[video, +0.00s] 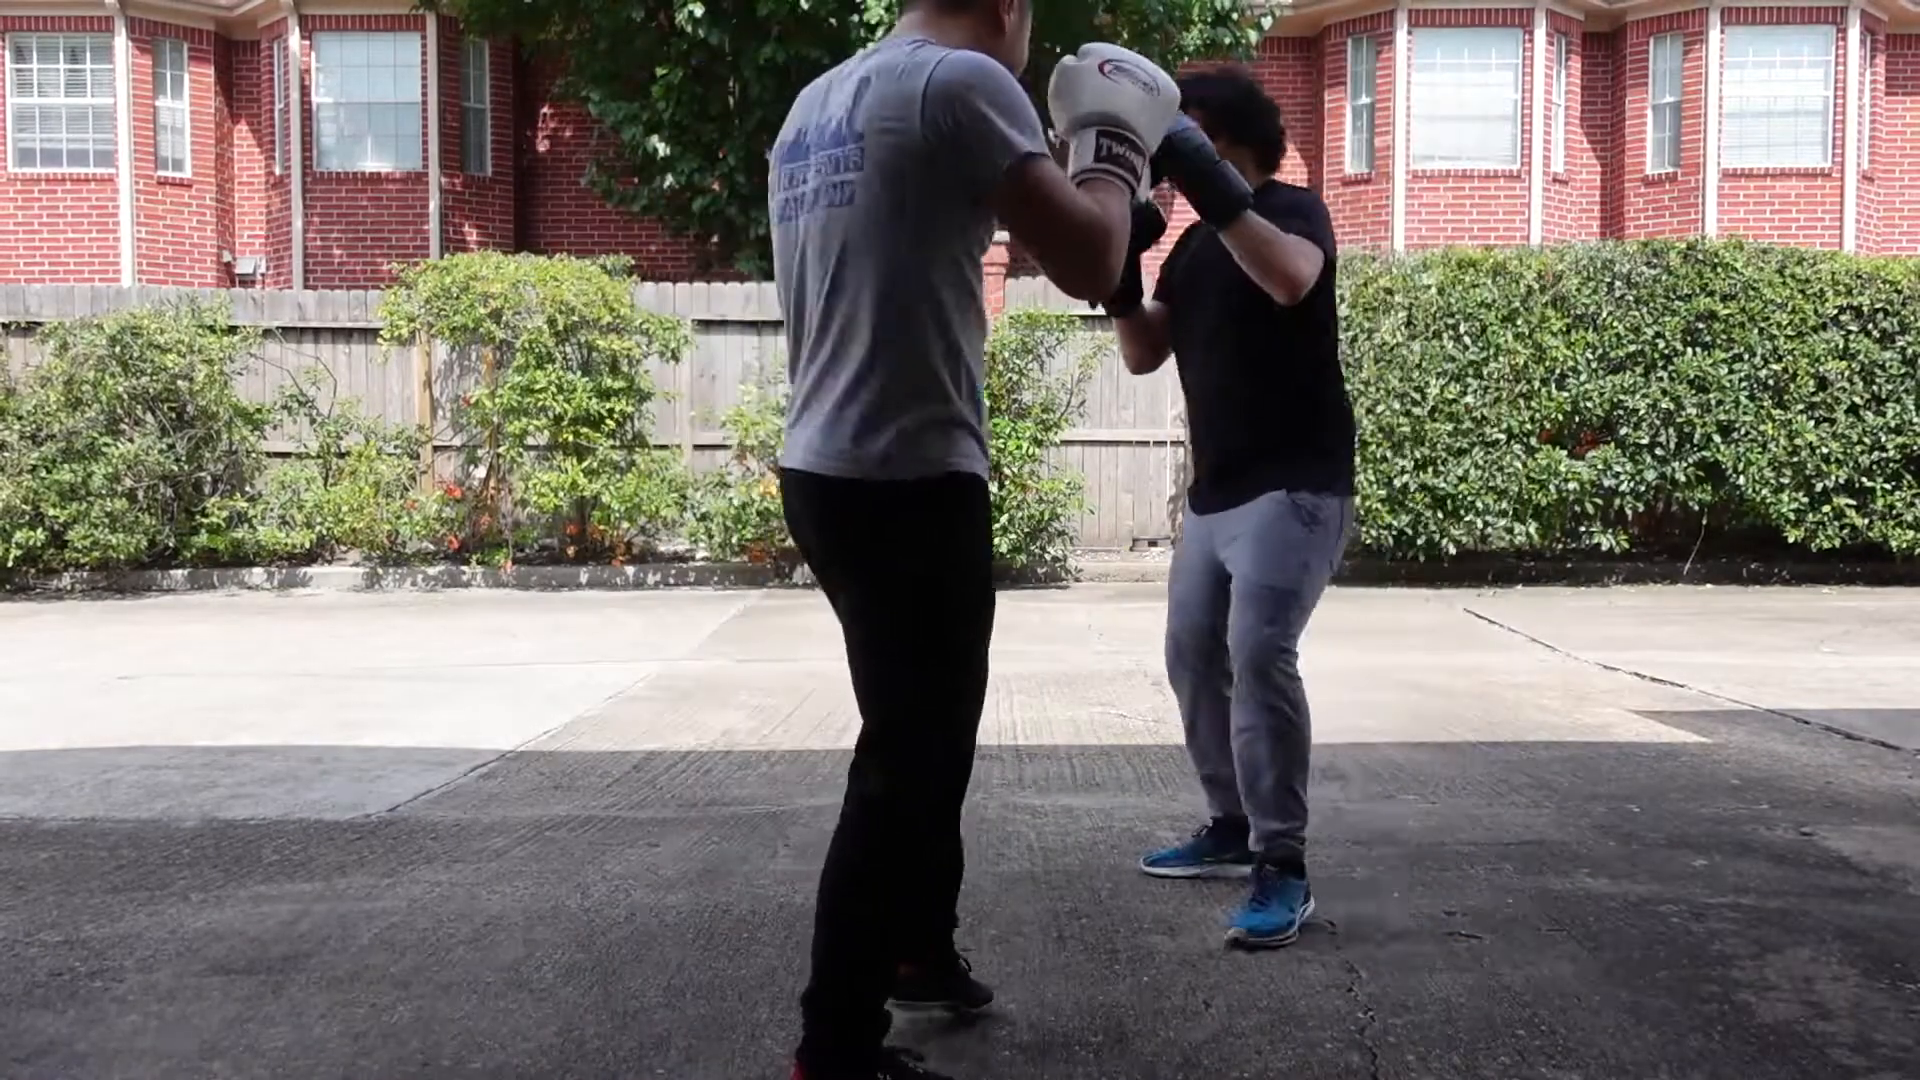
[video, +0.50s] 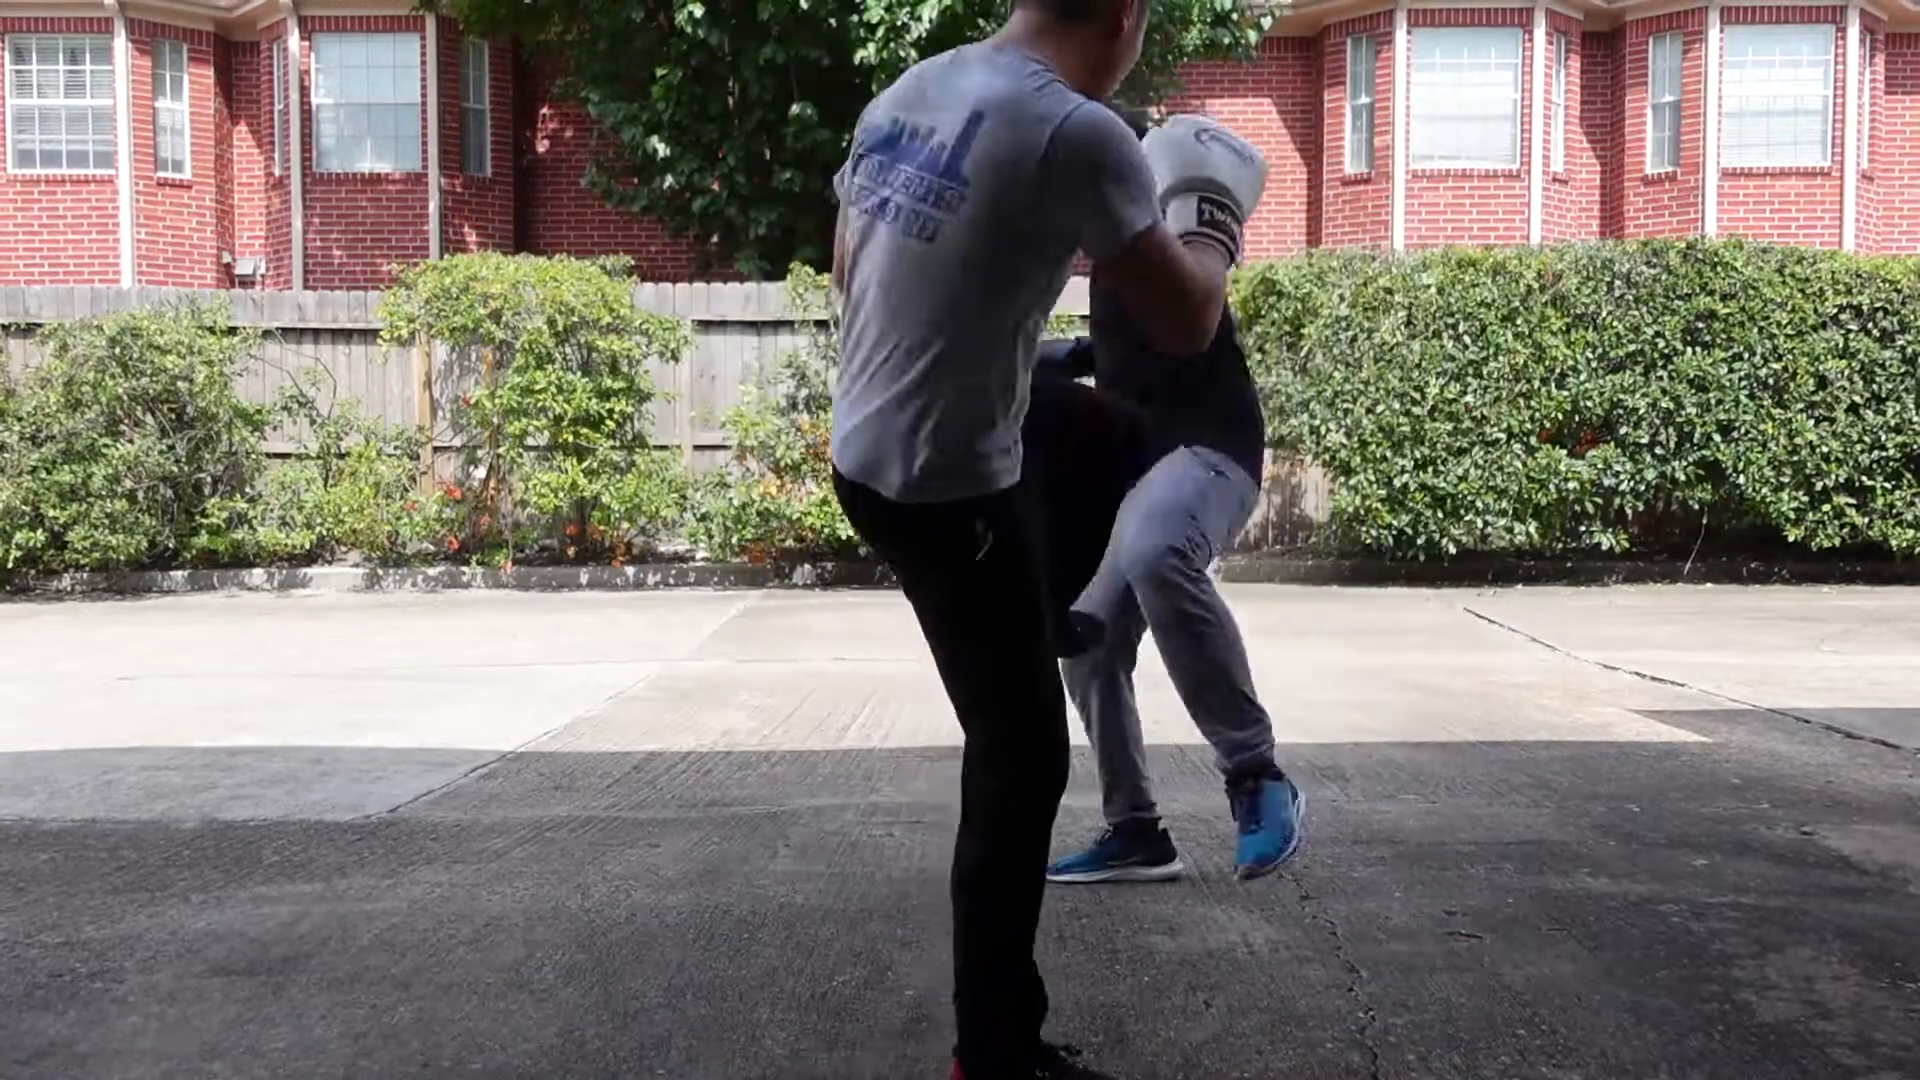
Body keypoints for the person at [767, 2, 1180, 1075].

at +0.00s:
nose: (1020, 33)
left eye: (1020, 23)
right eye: (1022, 23)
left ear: (910, 6)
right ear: (1002, 13)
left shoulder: (811, 105)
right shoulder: (961, 82)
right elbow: (1094, 260)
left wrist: (1065, 185)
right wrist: (1118, 149)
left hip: (827, 471)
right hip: (915, 478)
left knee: (924, 731)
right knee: (908, 753)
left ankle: (919, 956)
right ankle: (839, 1041)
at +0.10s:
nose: (1037, 48)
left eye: (1035, 36)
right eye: (1039, 31)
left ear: (923, 10)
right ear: (1018, 16)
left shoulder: (825, 110)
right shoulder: (985, 88)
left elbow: (907, 275)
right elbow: (1115, 263)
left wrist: (1050, 226)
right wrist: (1130, 153)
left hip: (838, 479)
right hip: (940, 489)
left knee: (889, 753)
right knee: (937, 776)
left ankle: (899, 983)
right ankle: (840, 1047)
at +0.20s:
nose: (1051, 41)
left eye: (1049, 27)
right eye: (1052, 23)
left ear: (938, 8)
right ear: (1032, 13)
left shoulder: (841, 111)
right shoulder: (1001, 96)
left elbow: (905, 284)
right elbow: (1127, 279)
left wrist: (1060, 209)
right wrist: (1144, 162)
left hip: (846, 483)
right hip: (953, 495)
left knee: (894, 743)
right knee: (1030, 766)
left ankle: (899, 976)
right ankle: (866, 1021)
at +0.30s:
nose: (1070, 57)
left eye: (1070, 40)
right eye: (1074, 35)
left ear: (960, 9)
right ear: (1055, 15)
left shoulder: (859, 105)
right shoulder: (1010, 107)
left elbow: (935, 275)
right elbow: (1122, 309)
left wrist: (1075, 191)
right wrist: (1157, 210)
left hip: (866, 485)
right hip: (976, 496)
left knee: (909, 750)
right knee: (1066, 754)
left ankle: (902, 993)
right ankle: (995, 1036)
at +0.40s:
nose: (1096, 56)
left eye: (1099, 38)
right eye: (1100, 35)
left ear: (977, 10)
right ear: (1083, 19)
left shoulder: (870, 102)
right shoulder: (1039, 121)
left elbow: (823, 285)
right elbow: (1159, 317)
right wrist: (1176, 223)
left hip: (883, 480)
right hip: (980, 492)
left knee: (1003, 676)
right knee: (1049, 757)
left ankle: (959, 854)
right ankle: (1006, 1043)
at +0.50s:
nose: (1141, 49)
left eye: (1141, 31)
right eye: (1143, 29)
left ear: (1020, 5)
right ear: (1124, 18)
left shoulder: (908, 86)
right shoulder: (1082, 131)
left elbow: (851, 266)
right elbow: (1186, 319)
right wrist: (1195, 223)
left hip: (868, 458)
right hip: (953, 480)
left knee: (1101, 428)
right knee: (1020, 751)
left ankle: (1062, 624)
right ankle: (998, 1048)